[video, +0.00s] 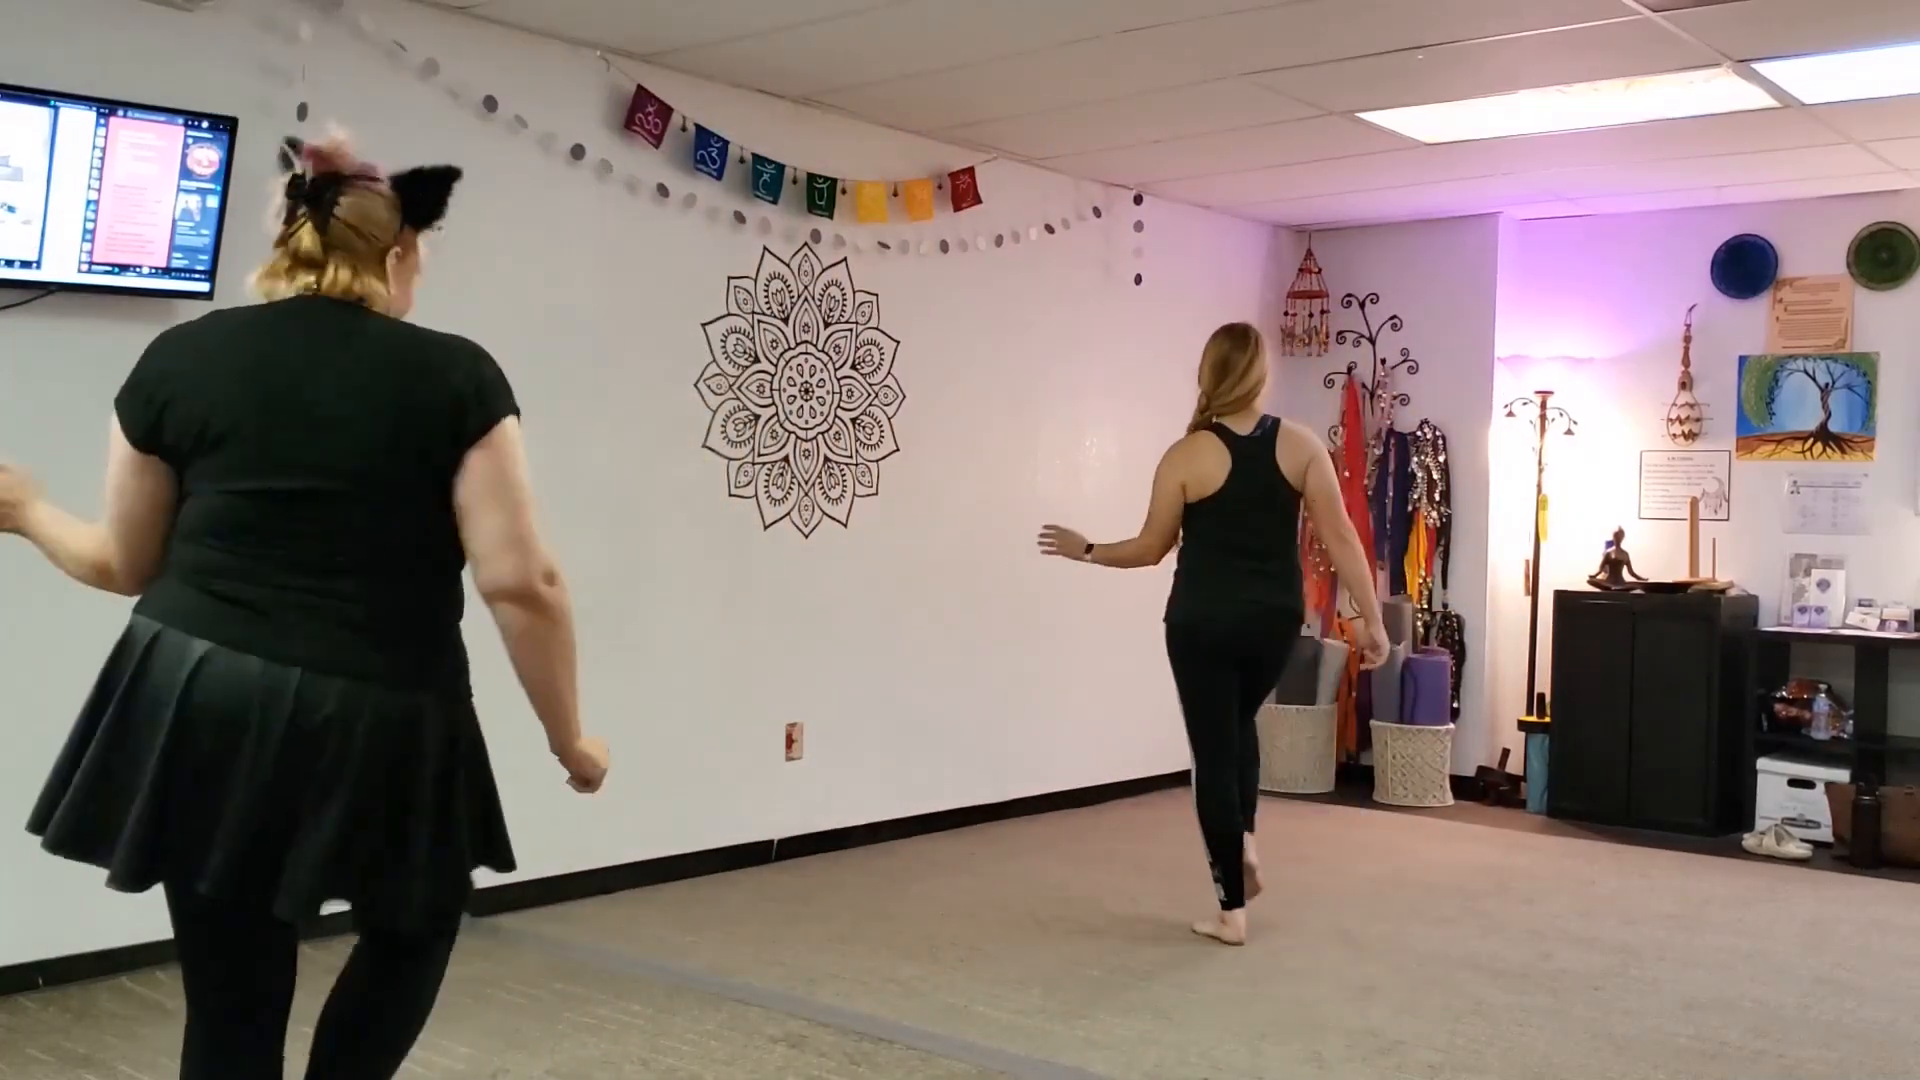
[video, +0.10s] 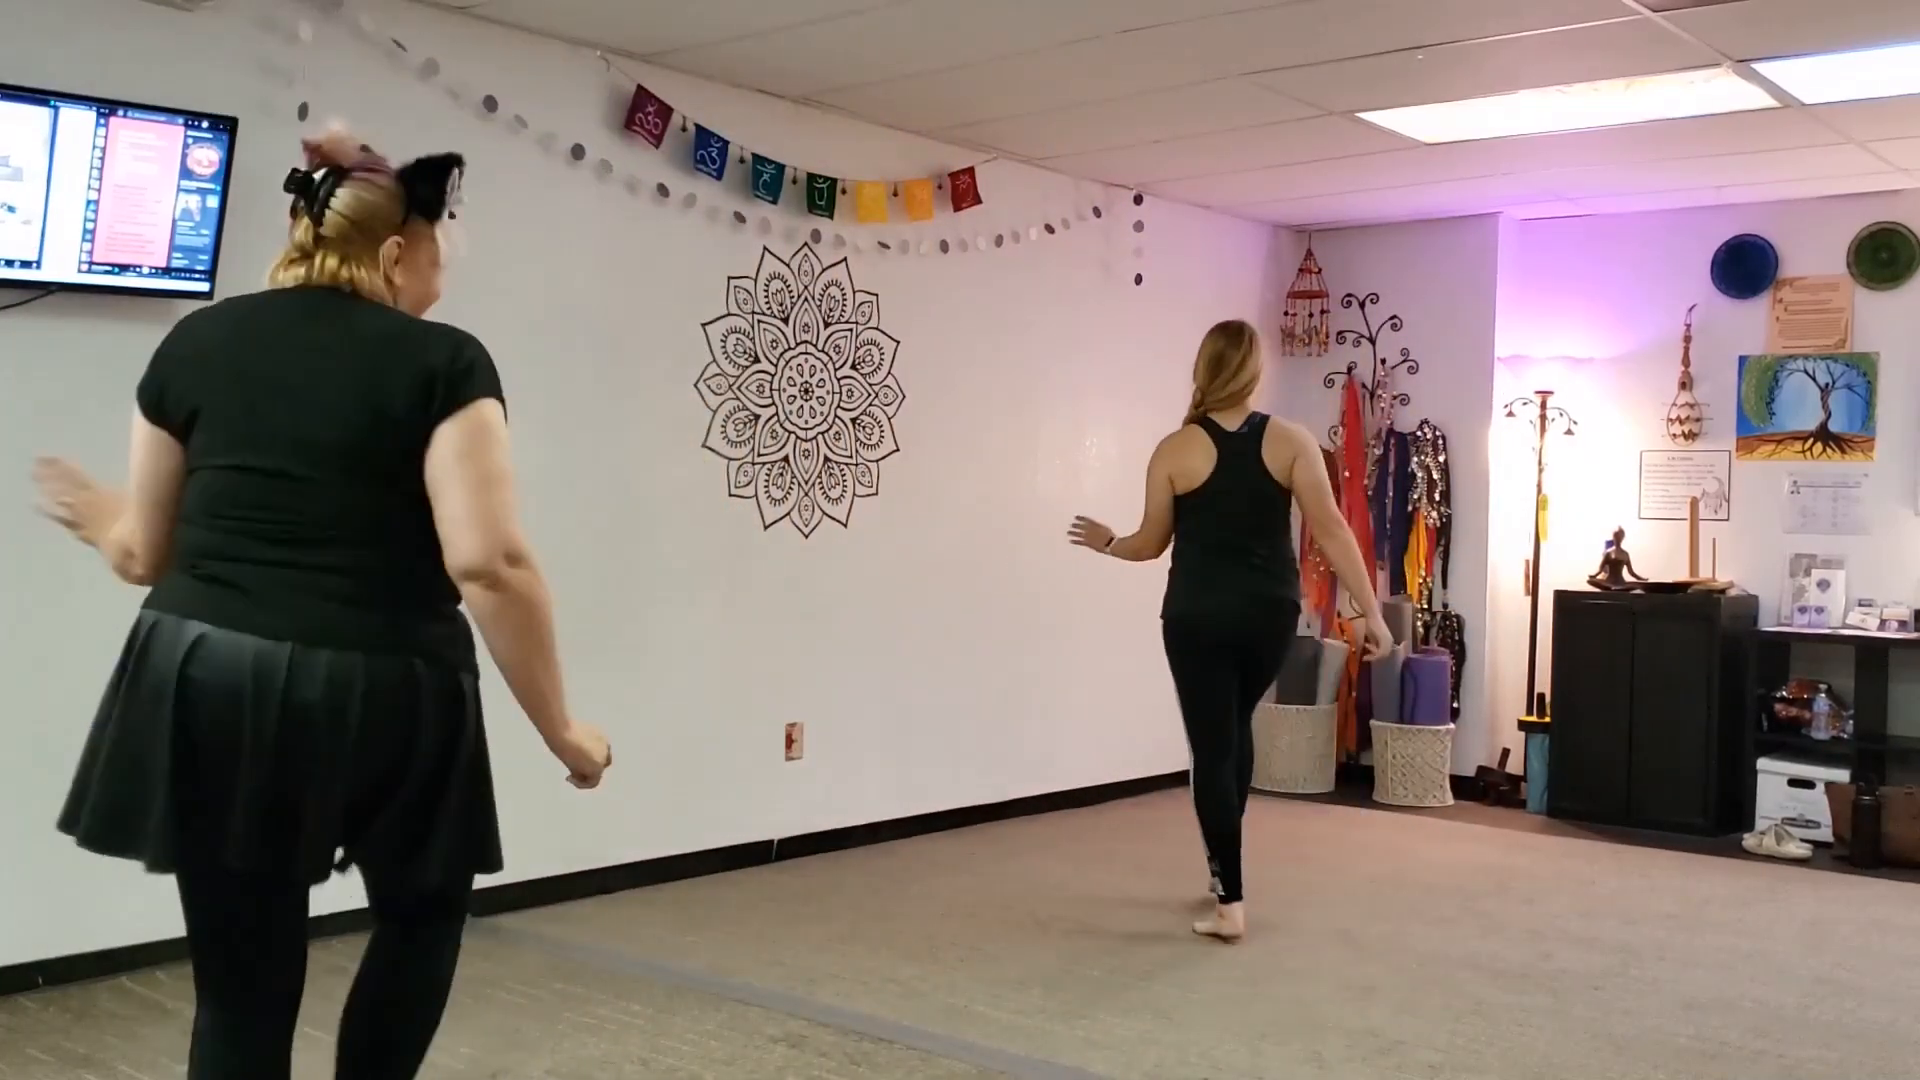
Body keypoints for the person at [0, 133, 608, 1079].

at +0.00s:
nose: (418, 281)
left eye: (419, 262)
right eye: (417, 261)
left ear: (285, 245)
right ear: (395, 256)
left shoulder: (182, 358)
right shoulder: (452, 376)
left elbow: (126, 565)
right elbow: (517, 580)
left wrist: (26, 511)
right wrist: (569, 737)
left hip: (203, 700)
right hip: (382, 716)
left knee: (232, 1004)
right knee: (416, 922)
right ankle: (340, 1072)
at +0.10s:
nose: (439, 280)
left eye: (440, 259)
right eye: (435, 257)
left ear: (307, 244)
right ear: (395, 253)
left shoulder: (199, 339)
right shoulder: (440, 359)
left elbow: (145, 557)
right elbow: (485, 561)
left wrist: (94, 515)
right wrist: (559, 727)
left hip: (207, 680)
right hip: (386, 692)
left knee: (242, 986)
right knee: (421, 921)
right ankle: (368, 1073)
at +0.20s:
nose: (460, 275)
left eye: (460, 253)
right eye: (454, 253)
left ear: (330, 245)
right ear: (400, 252)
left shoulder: (224, 334)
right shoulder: (435, 352)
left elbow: (169, 532)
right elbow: (467, 542)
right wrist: (551, 722)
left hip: (216, 664)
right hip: (394, 677)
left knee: (246, 980)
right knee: (431, 935)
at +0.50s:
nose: (510, 291)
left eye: (511, 270)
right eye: (502, 269)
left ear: (413, 265)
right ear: (441, 268)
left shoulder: (317, 362)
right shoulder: (460, 367)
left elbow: (308, 519)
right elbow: (473, 543)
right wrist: (539, 722)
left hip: (307, 678)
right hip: (440, 694)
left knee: (305, 977)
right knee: (478, 967)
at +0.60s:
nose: (536, 283)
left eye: (536, 261)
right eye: (528, 260)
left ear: (439, 260)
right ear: (468, 263)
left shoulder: (358, 358)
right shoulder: (477, 370)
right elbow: (480, 539)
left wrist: (438, 205)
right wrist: (541, 720)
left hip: (350, 670)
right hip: (476, 688)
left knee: (341, 957)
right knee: (503, 955)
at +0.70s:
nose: (562, 289)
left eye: (561, 267)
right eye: (552, 266)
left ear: (473, 263)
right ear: (494, 266)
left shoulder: (396, 356)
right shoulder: (496, 374)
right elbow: (488, 540)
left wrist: (468, 199)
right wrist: (535, 716)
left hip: (396, 662)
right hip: (508, 675)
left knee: (375, 938)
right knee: (516, 953)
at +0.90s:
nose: (615, 308)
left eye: (616, 289)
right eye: (607, 287)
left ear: (530, 280)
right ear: (547, 284)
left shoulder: (461, 362)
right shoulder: (527, 384)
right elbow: (520, 551)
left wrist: (530, 221)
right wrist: (586, 707)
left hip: (469, 648)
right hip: (546, 661)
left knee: (515, 880)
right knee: (559, 918)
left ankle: (366, 992)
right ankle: (497, 1077)